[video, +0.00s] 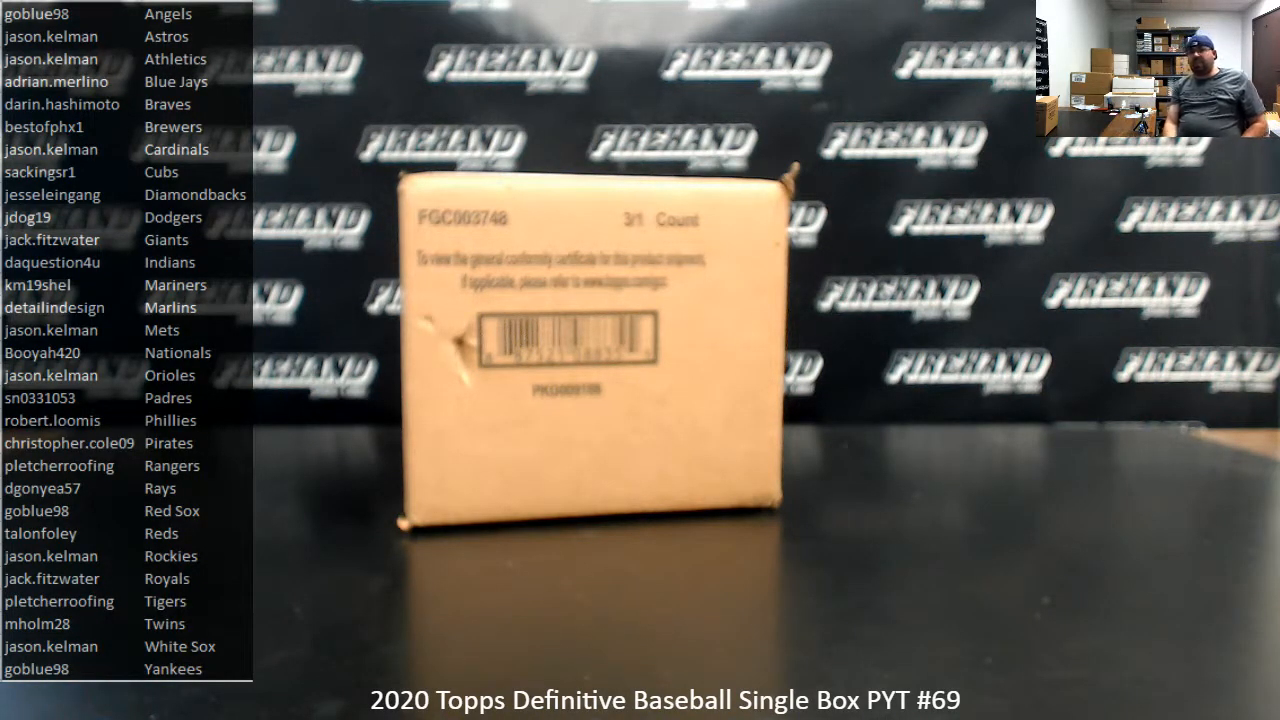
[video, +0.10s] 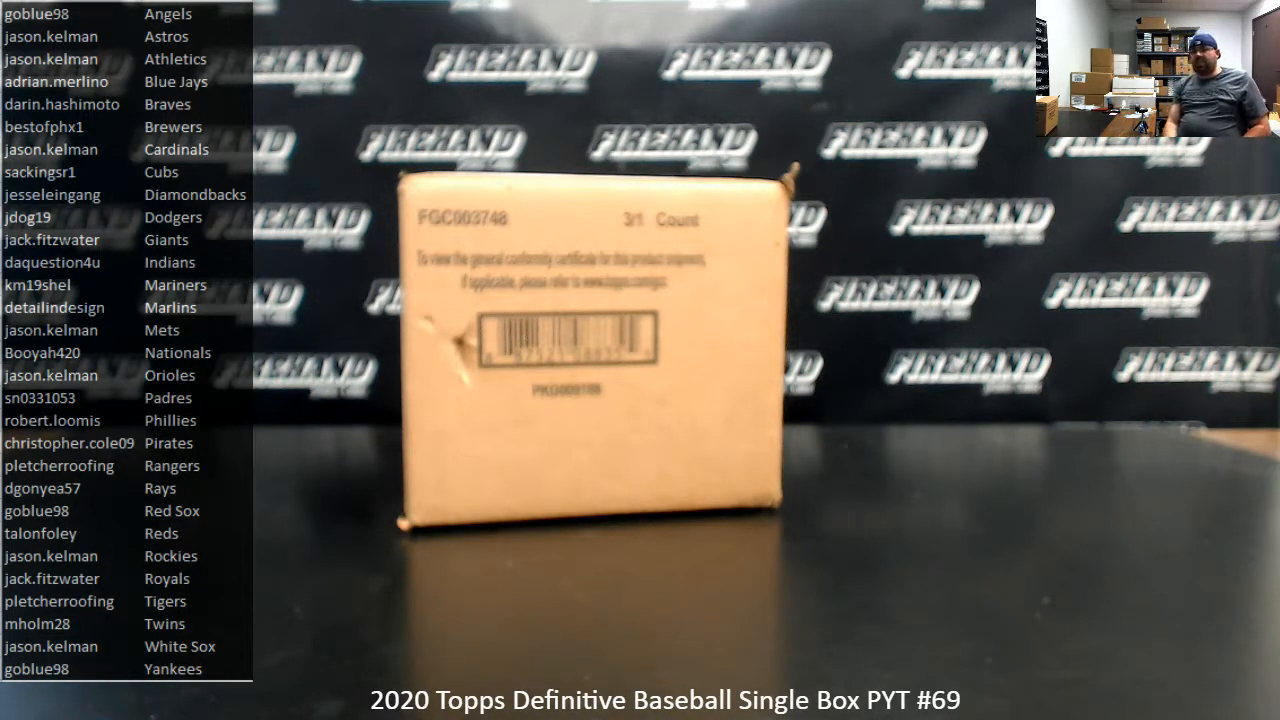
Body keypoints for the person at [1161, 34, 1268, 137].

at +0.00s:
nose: (1196, 55)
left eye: (1201, 50)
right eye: (1191, 52)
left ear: (1214, 54)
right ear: (1187, 57)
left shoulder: (1238, 80)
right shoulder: (1181, 86)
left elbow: (1260, 123)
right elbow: (1171, 122)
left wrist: (1237, 150)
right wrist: (1168, 150)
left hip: (1226, 154)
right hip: (1186, 154)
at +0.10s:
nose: (1198, 55)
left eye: (1204, 50)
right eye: (1194, 51)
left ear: (1217, 53)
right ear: (1189, 57)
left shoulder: (1241, 80)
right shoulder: (1183, 85)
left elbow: (1262, 127)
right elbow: (1172, 122)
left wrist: (1235, 152)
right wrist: (1168, 150)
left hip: (1226, 156)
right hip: (1186, 156)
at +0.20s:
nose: (1200, 55)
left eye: (1206, 50)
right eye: (1195, 51)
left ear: (1219, 53)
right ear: (1190, 56)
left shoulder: (1243, 80)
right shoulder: (1186, 84)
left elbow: (1263, 128)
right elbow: (1173, 121)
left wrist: (1235, 153)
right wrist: (1168, 149)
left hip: (1226, 156)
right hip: (1187, 155)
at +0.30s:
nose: (1200, 55)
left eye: (1207, 49)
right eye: (1196, 51)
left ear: (1221, 53)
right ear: (1192, 55)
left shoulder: (1245, 80)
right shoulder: (1188, 84)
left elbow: (1265, 130)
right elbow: (1175, 121)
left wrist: (1235, 154)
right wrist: (1166, 149)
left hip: (1226, 158)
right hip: (1187, 157)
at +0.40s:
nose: (1199, 56)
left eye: (1206, 50)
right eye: (1196, 51)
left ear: (1222, 52)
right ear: (1192, 54)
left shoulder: (1246, 82)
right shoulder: (1189, 84)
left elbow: (1266, 131)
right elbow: (1175, 120)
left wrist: (1239, 159)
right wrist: (1167, 149)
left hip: (1228, 159)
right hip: (1187, 159)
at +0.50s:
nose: (1197, 57)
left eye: (1203, 51)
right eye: (1194, 52)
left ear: (1221, 52)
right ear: (1191, 54)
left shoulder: (1248, 82)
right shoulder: (1190, 83)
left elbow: (1267, 134)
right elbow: (1176, 120)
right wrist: (1167, 149)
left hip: (1229, 162)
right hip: (1187, 160)